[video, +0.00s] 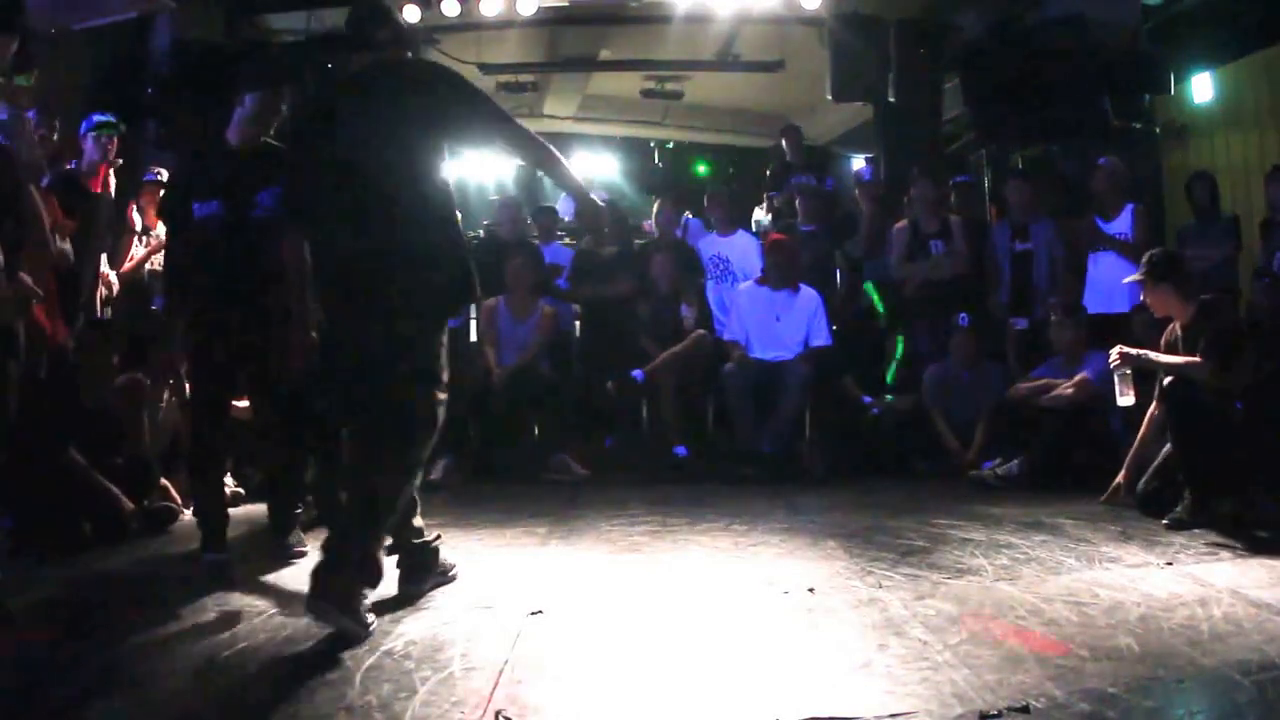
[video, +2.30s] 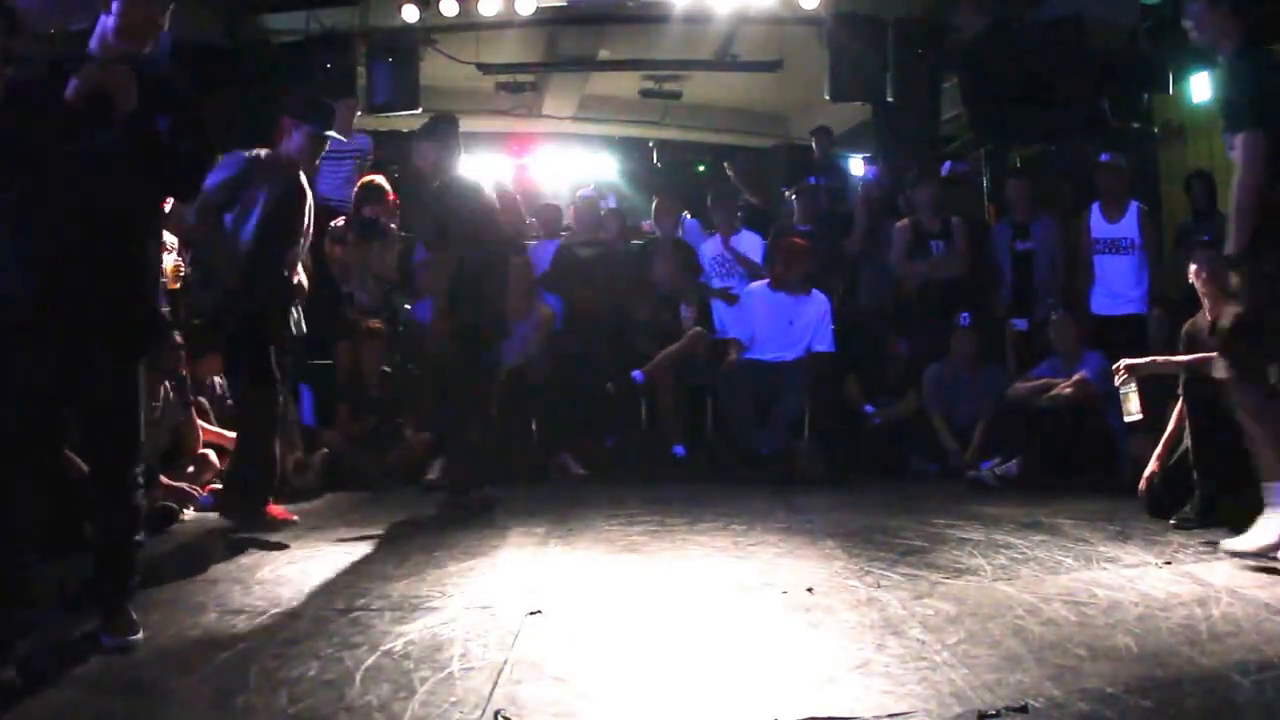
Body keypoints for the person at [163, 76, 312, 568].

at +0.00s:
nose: (265, 121)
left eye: (271, 112)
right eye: (260, 109)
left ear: (276, 119)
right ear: (238, 111)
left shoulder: (282, 169)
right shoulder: (197, 170)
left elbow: (299, 252)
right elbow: (176, 251)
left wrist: (304, 321)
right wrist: (175, 322)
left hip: (270, 314)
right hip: (207, 314)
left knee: (279, 420)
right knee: (205, 424)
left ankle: (285, 522)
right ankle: (210, 530)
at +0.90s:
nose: (239, 124)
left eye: (249, 114)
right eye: (231, 113)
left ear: (258, 115)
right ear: (210, 112)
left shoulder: (262, 168)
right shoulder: (176, 159)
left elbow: (297, 233)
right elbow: (128, 217)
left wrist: (280, 231)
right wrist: (179, 220)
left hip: (248, 317)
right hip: (185, 315)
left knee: (247, 427)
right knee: (170, 433)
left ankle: (249, 528)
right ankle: (152, 548)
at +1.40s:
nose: (158, 79)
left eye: (169, 68)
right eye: (150, 67)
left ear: (180, 73)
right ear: (132, 70)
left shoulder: (200, 134)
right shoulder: (96, 142)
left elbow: (229, 210)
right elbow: (69, 220)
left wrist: (192, 172)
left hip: (194, 302)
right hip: (122, 304)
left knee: (217, 423)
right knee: (129, 433)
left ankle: (225, 533)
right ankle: (143, 557)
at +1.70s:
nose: (151, 73)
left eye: (161, 63)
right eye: (142, 61)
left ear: (173, 68)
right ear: (121, 63)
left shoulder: (190, 132)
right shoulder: (83, 132)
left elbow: (222, 204)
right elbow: (46, 210)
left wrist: (176, 155)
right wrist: (100, 160)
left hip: (164, 297)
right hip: (93, 295)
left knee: (149, 424)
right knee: (99, 422)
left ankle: (142, 554)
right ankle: (115, 549)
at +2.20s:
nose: (132, 53)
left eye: (148, 44)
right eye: (127, 37)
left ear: (167, 46)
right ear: (108, 30)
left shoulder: (169, 107)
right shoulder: (51, 89)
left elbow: (183, 188)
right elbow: (17, 164)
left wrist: (136, 117)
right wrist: (73, 109)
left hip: (121, 301)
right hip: (39, 297)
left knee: (116, 453)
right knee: (26, 447)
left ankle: (114, 598)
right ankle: (41, 587)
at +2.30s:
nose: (134, 41)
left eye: (147, 31)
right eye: (126, 26)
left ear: (161, 33)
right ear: (100, 20)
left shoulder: (163, 96)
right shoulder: (46, 81)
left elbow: (187, 182)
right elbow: (16, 164)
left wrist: (132, 108)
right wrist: (68, 107)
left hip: (120, 297)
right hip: (39, 294)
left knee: (117, 456)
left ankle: (116, 603)